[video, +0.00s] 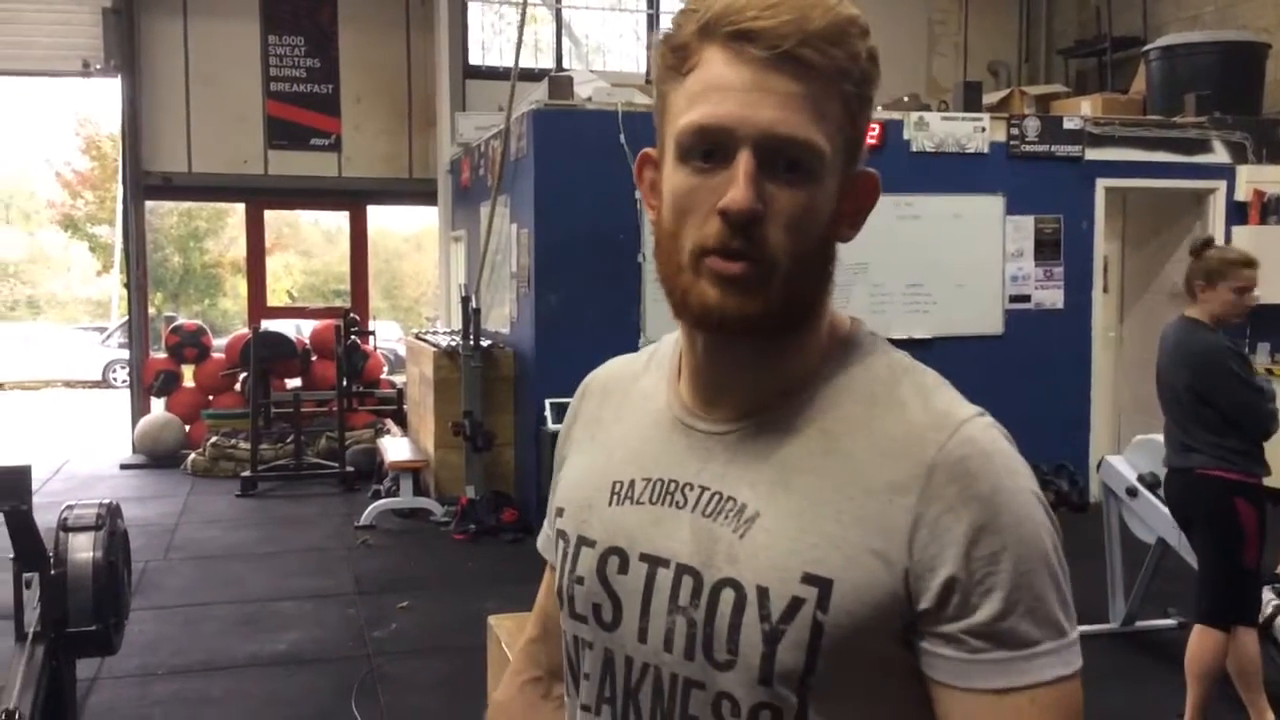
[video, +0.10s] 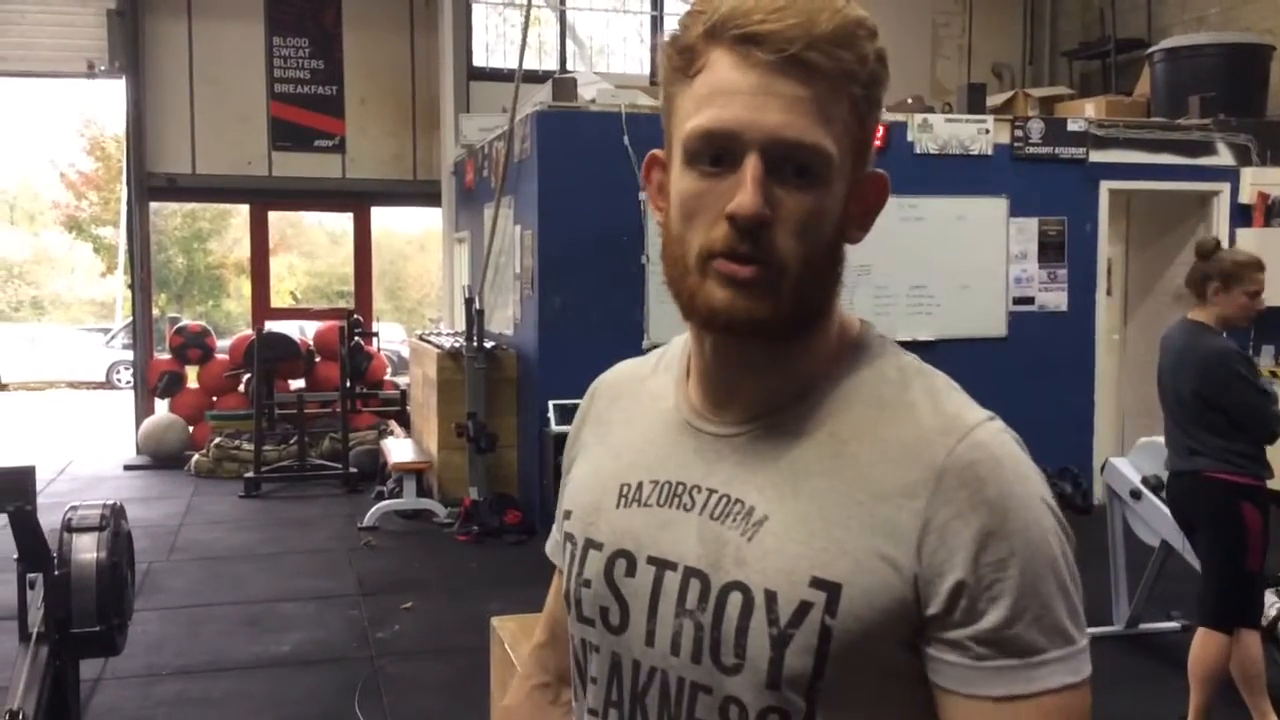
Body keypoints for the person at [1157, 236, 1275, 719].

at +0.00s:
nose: (1251, 301)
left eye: (1252, 291)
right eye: (1242, 291)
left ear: (1204, 292)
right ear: (1205, 290)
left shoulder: (1176, 336)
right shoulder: (1214, 349)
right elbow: (1263, 420)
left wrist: (1253, 387)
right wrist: (1260, 385)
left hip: (1191, 481)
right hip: (1223, 488)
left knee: (1241, 611)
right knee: (1215, 613)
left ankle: (1261, 712)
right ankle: (1192, 715)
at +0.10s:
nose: (1258, 305)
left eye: (1260, 295)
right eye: (1252, 295)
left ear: (1210, 292)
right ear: (1216, 291)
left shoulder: (1176, 340)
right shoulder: (1222, 354)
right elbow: (1266, 423)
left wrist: (1256, 393)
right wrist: (1261, 390)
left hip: (1191, 484)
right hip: (1228, 491)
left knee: (1244, 612)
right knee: (1218, 615)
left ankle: (1263, 712)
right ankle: (1195, 715)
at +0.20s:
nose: (1264, 306)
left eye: (1264, 297)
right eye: (1259, 296)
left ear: (1217, 291)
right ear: (1228, 292)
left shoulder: (1174, 341)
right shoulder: (1231, 356)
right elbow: (1271, 423)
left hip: (1189, 486)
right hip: (1232, 491)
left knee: (1245, 611)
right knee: (1221, 615)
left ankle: (1265, 713)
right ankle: (1199, 715)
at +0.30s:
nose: (1268, 307)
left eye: (1268, 297)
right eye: (1263, 297)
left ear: (1226, 289)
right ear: (1234, 292)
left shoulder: (1174, 340)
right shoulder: (1241, 355)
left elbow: (1189, 418)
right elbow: (1272, 425)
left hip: (1186, 485)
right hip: (1236, 490)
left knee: (1243, 610)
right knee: (1222, 614)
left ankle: (1266, 713)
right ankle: (1200, 715)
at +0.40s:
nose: (1269, 307)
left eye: (1270, 297)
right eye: (1265, 296)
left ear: (1227, 289)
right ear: (1237, 292)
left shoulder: (1172, 340)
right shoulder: (1246, 354)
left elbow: (1182, 414)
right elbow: (1272, 426)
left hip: (1182, 485)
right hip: (1237, 489)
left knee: (1239, 606)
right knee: (1222, 612)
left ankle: (1264, 712)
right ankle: (1200, 716)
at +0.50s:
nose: (1268, 309)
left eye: (1269, 299)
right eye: (1265, 298)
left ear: (1224, 288)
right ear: (1239, 291)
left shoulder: (1168, 340)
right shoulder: (1250, 353)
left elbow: (1181, 408)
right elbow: (1273, 424)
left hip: (1180, 484)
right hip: (1236, 488)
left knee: (1235, 606)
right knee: (1221, 612)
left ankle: (1261, 711)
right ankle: (1194, 713)